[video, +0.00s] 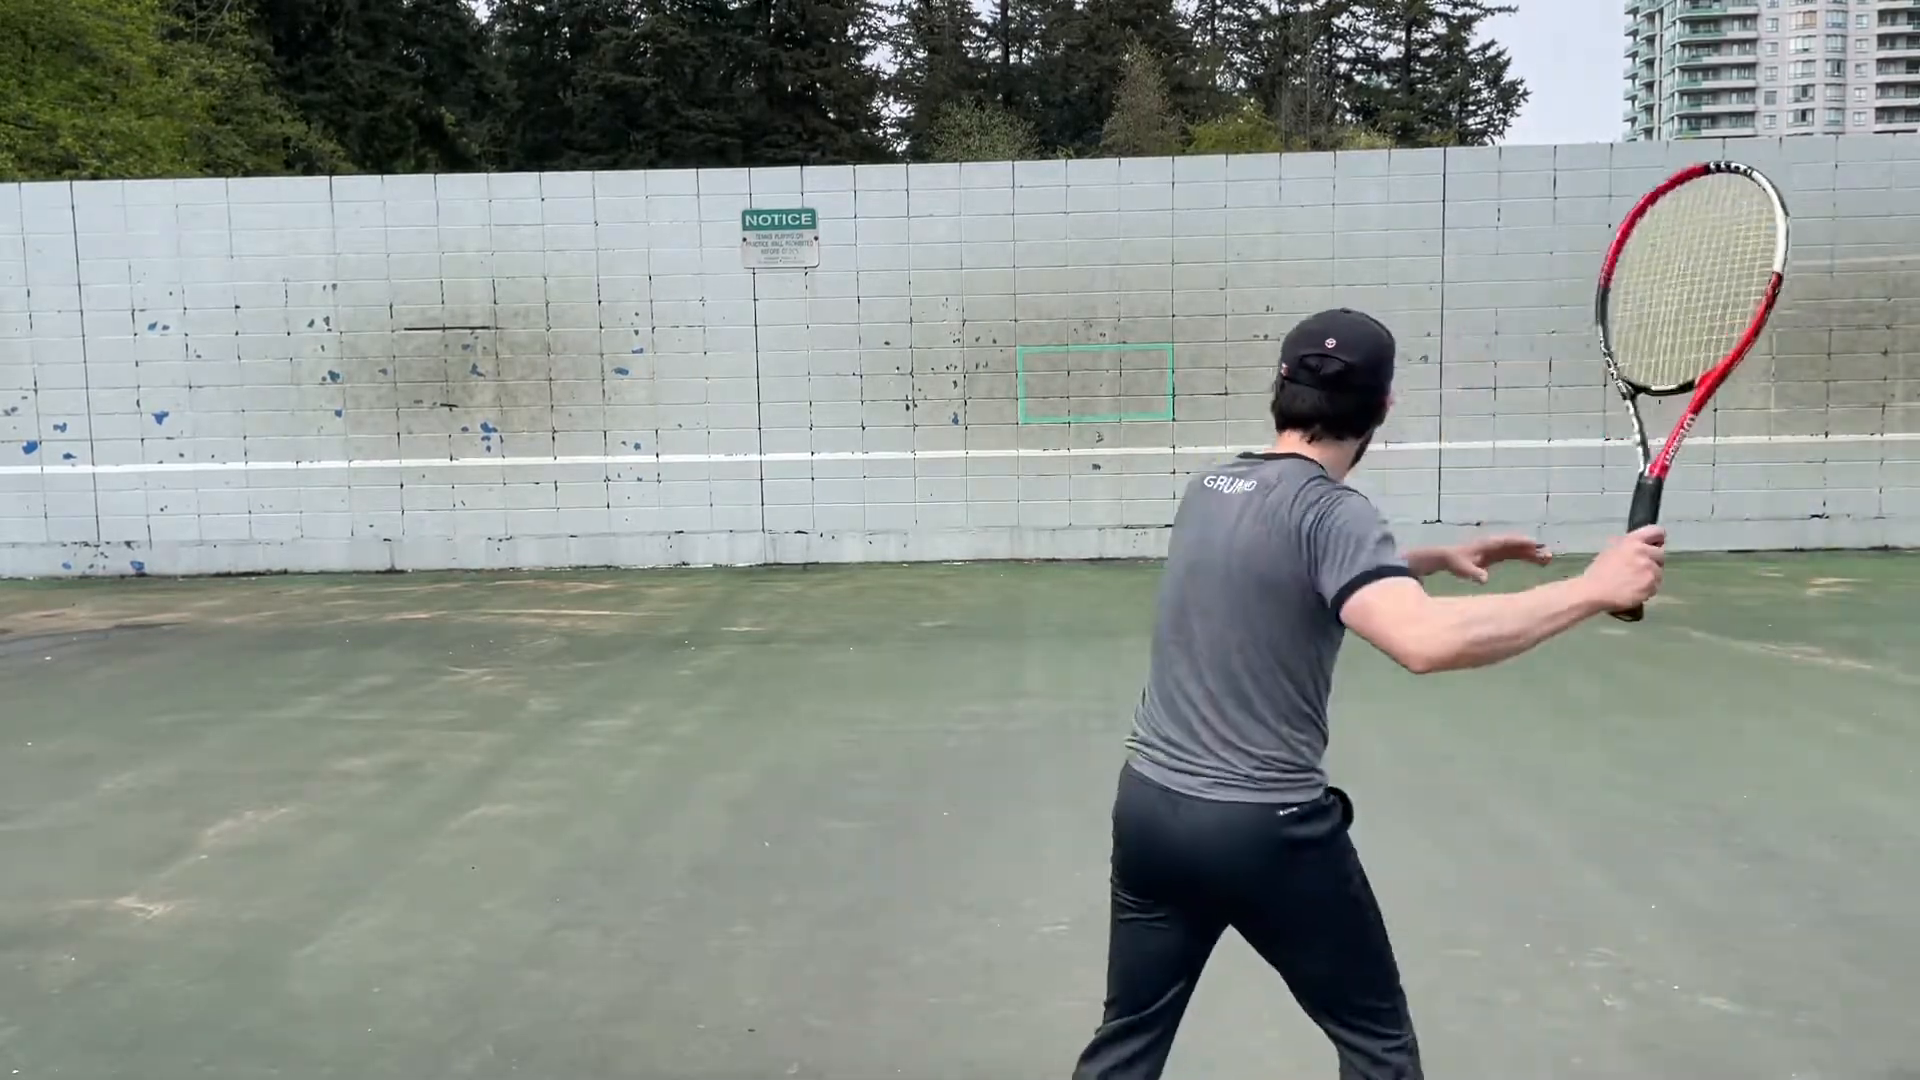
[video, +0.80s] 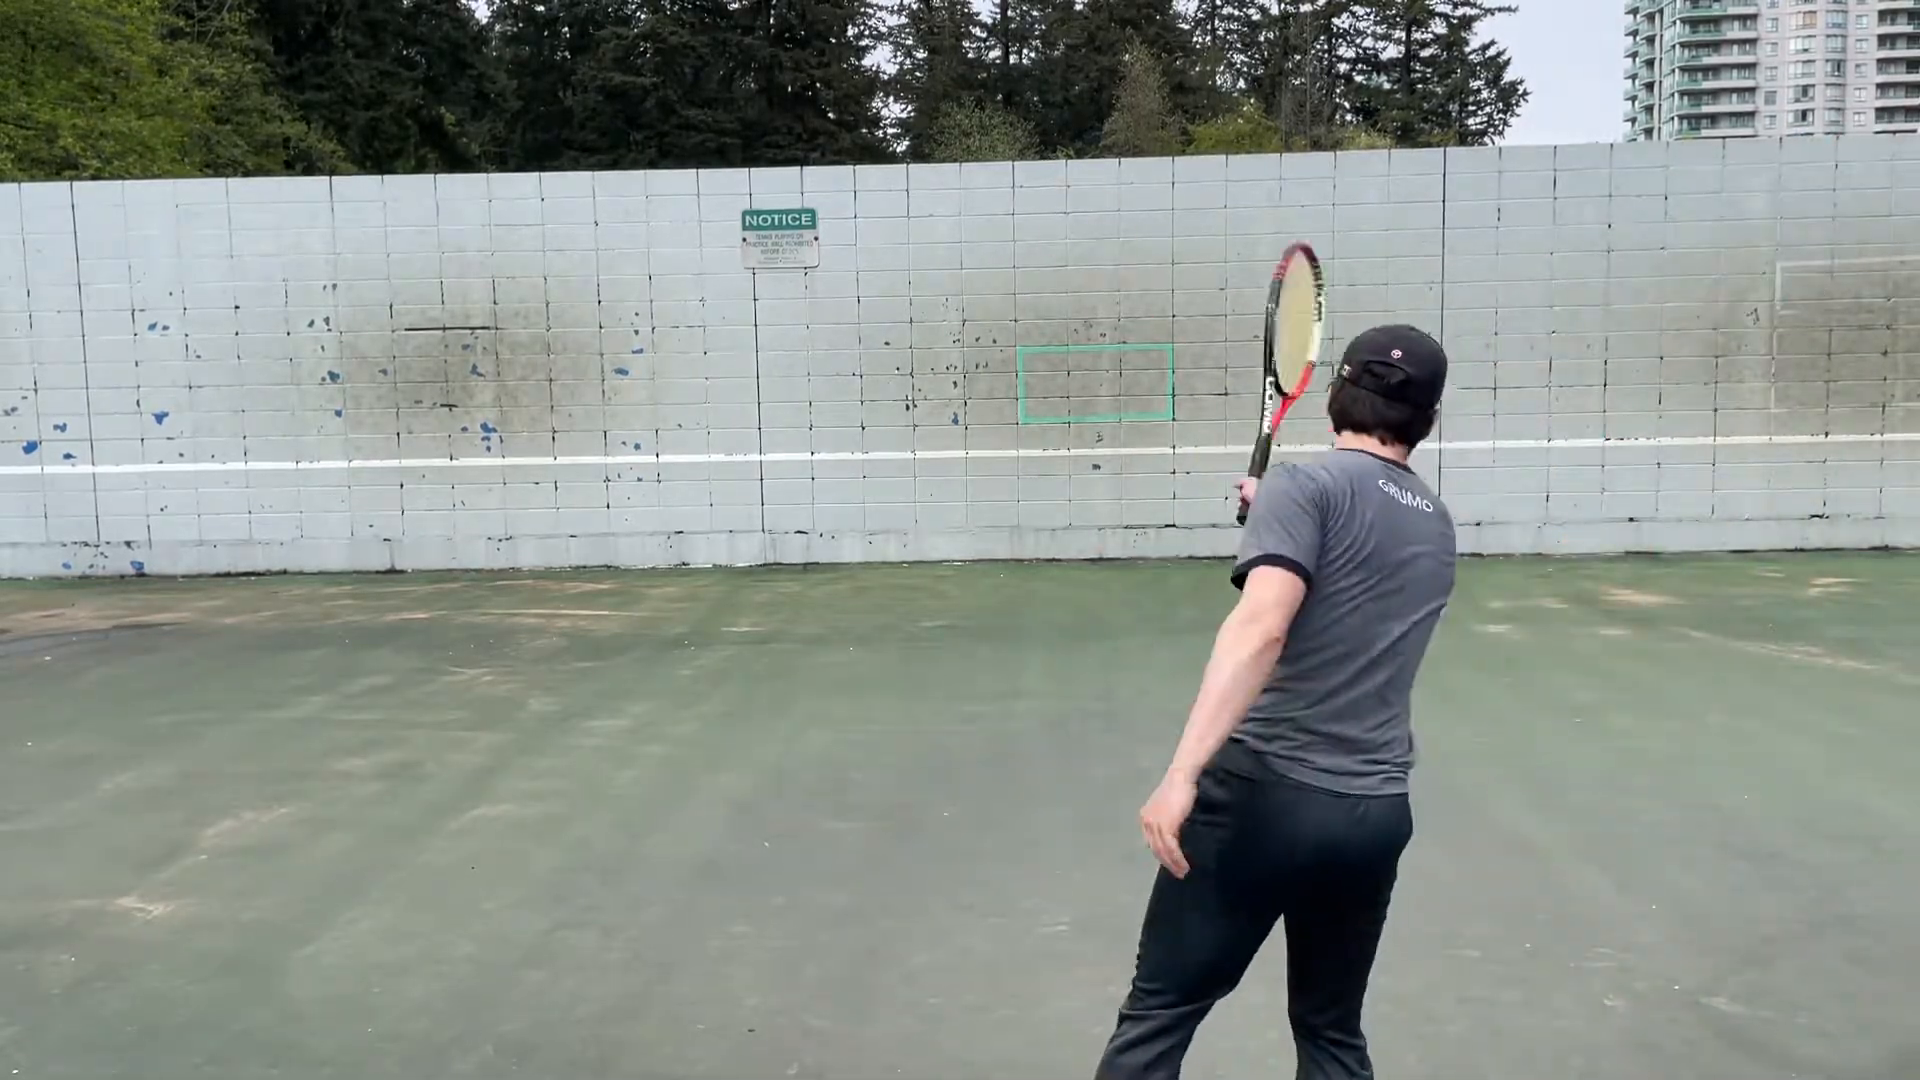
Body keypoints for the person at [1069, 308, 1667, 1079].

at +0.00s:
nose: (1393, 402)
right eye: (1393, 389)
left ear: (1277, 390)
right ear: (1383, 409)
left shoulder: (1208, 490)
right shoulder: (1333, 513)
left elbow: (1295, 574)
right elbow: (1425, 640)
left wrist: (1434, 558)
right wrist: (1592, 588)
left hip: (1153, 815)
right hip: (1274, 833)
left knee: (1127, 1037)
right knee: (1378, 1045)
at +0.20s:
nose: (1432, 426)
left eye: (1427, 408)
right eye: (1433, 413)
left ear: (1325, 399)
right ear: (1421, 426)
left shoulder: (1248, 486)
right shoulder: (1340, 503)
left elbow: (1310, 578)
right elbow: (1345, 595)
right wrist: (1538, 577)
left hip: (1154, 803)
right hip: (1265, 831)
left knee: (1108, 1026)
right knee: (1331, 1042)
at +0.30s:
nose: (1459, 485)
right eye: (1463, 471)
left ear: (1358, 452)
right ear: (1453, 476)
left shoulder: (1282, 524)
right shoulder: (1372, 538)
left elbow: (1253, 635)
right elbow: (1357, 631)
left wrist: (1336, 689)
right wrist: (1528, 642)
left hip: (1154, 830)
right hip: (1268, 856)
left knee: (1127, 1038)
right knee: (1345, 1049)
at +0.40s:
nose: (1495, 501)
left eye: (1493, 487)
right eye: (1497, 490)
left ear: (1392, 473)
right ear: (1482, 501)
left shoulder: (1297, 535)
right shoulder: (1415, 568)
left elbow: (1192, 594)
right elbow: (1412, 684)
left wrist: (1147, 652)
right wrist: (1541, 773)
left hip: (1167, 833)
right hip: (1289, 866)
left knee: (1126, 1047)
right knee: (1350, 1055)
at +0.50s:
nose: (1492, 509)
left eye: (1493, 493)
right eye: (1495, 496)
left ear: (1394, 472)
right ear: (1484, 500)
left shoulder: (1289, 525)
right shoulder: (1460, 591)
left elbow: (1136, 560)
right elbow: (1488, 758)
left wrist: (1024, 622)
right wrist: (1574, 918)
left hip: (1189, 830)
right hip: (1318, 863)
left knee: (1124, 1047)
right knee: (1339, 1047)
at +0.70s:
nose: (1457, 453)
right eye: (1458, 442)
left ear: (1356, 429)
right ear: (1449, 452)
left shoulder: (1295, 500)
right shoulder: (1452, 566)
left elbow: (1199, 605)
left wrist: (1093, 722)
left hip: (1235, 819)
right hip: (1356, 844)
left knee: (1144, 1019)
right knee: (1336, 1037)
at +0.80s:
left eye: (1346, 382)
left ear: (1340, 395)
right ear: (1426, 420)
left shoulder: (1302, 483)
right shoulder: (1436, 523)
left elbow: (1261, 626)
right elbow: (1361, 581)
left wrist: (1182, 772)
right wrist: (1276, 521)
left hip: (1261, 797)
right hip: (1371, 818)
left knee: (1157, 1015)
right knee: (1332, 1027)